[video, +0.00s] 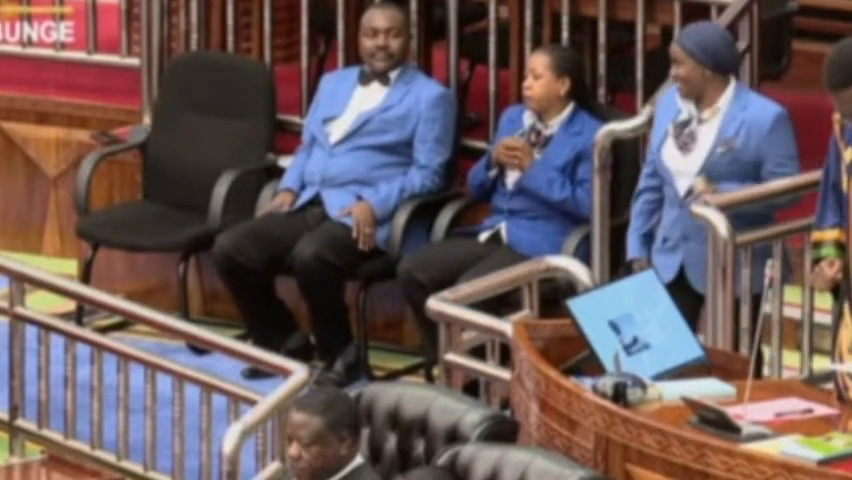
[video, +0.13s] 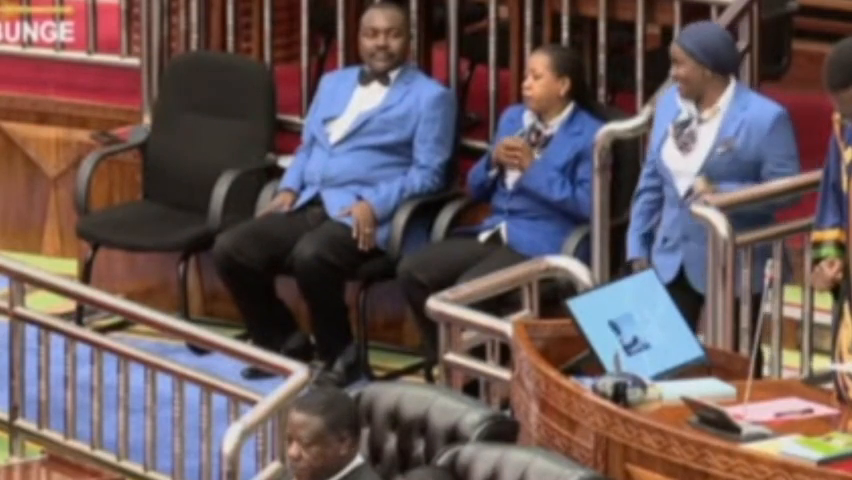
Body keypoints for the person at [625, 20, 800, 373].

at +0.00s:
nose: (673, 72)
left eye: (680, 63)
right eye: (672, 63)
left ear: (711, 68)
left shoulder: (767, 119)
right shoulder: (670, 101)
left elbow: (786, 191)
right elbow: (651, 180)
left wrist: (722, 195)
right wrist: (637, 251)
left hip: (734, 273)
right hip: (669, 266)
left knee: (728, 370)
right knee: (661, 359)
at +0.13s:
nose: (673, 72)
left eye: (680, 63)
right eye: (672, 63)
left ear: (711, 68)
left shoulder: (767, 119)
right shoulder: (670, 101)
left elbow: (786, 191)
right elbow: (651, 181)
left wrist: (722, 195)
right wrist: (637, 252)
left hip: (734, 273)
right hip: (670, 265)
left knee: (728, 370)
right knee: (662, 359)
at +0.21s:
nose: (634, 67)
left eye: (641, 58)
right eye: (635, 58)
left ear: (671, 64)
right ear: (663, 63)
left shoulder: (719, 117)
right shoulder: (644, 105)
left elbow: (732, 198)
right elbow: (631, 188)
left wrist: (670, 236)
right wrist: (622, 250)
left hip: (689, 278)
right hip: (640, 269)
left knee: (682, 372)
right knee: (636, 364)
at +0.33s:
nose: (620, 65)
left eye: (626, 56)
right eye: (620, 56)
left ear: (654, 61)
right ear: (647, 61)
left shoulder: (698, 116)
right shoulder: (635, 105)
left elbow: (705, 200)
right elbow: (624, 196)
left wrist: (646, 247)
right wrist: (612, 251)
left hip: (677, 278)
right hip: (628, 271)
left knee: (675, 377)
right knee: (628, 368)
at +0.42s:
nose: (606, 65)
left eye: (612, 56)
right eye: (607, 56)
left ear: (640, 60)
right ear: (634, 60)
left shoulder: (675, 113)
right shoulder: (626, 104)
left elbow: (680, 197)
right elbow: (613, 187)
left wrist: (633, 252)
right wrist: (603, 250)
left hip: (669, 277)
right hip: (624, 270)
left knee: (673, 377)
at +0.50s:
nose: (594, 64)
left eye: (600, 55)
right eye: (595, 55)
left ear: (625, 58)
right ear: (622, 58)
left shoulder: (656, 112)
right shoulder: (620, 102)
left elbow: (659, 198)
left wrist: (617, 259)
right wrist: (594, 251)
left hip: (650, 271)